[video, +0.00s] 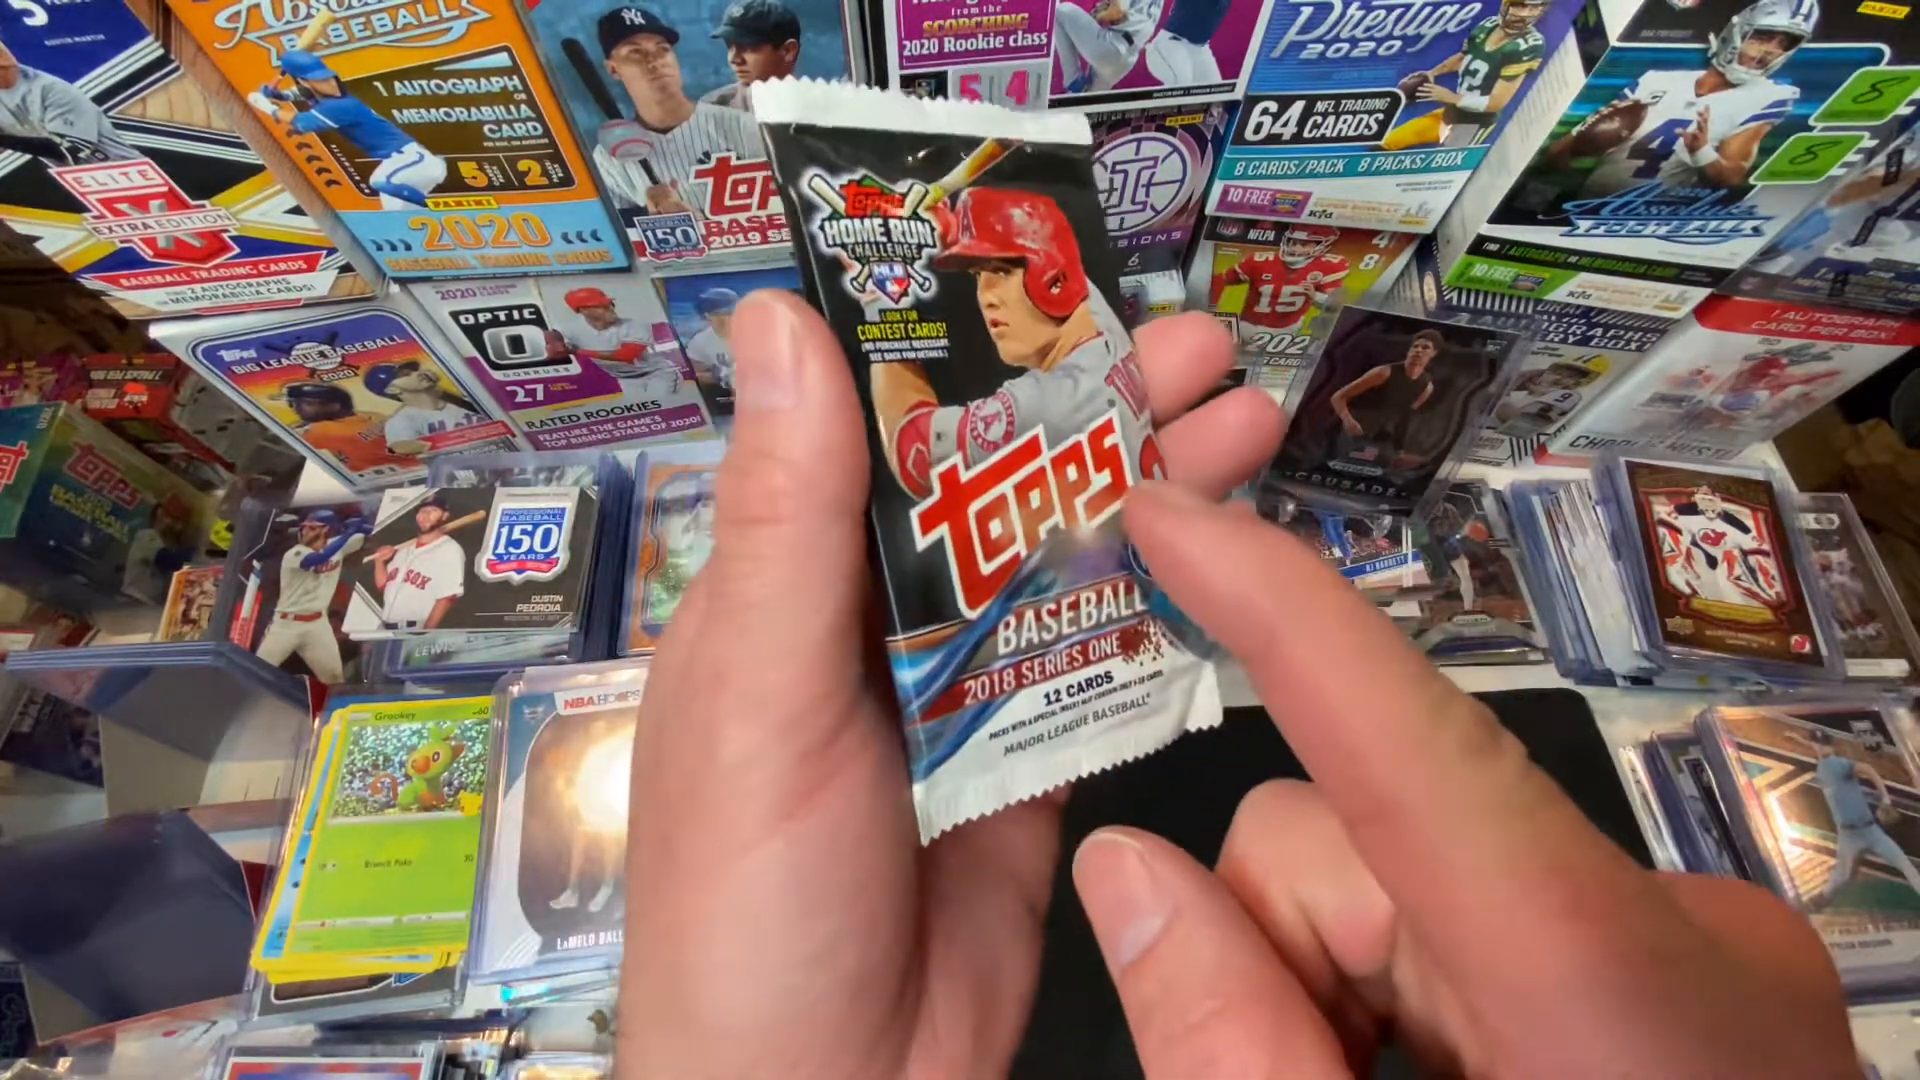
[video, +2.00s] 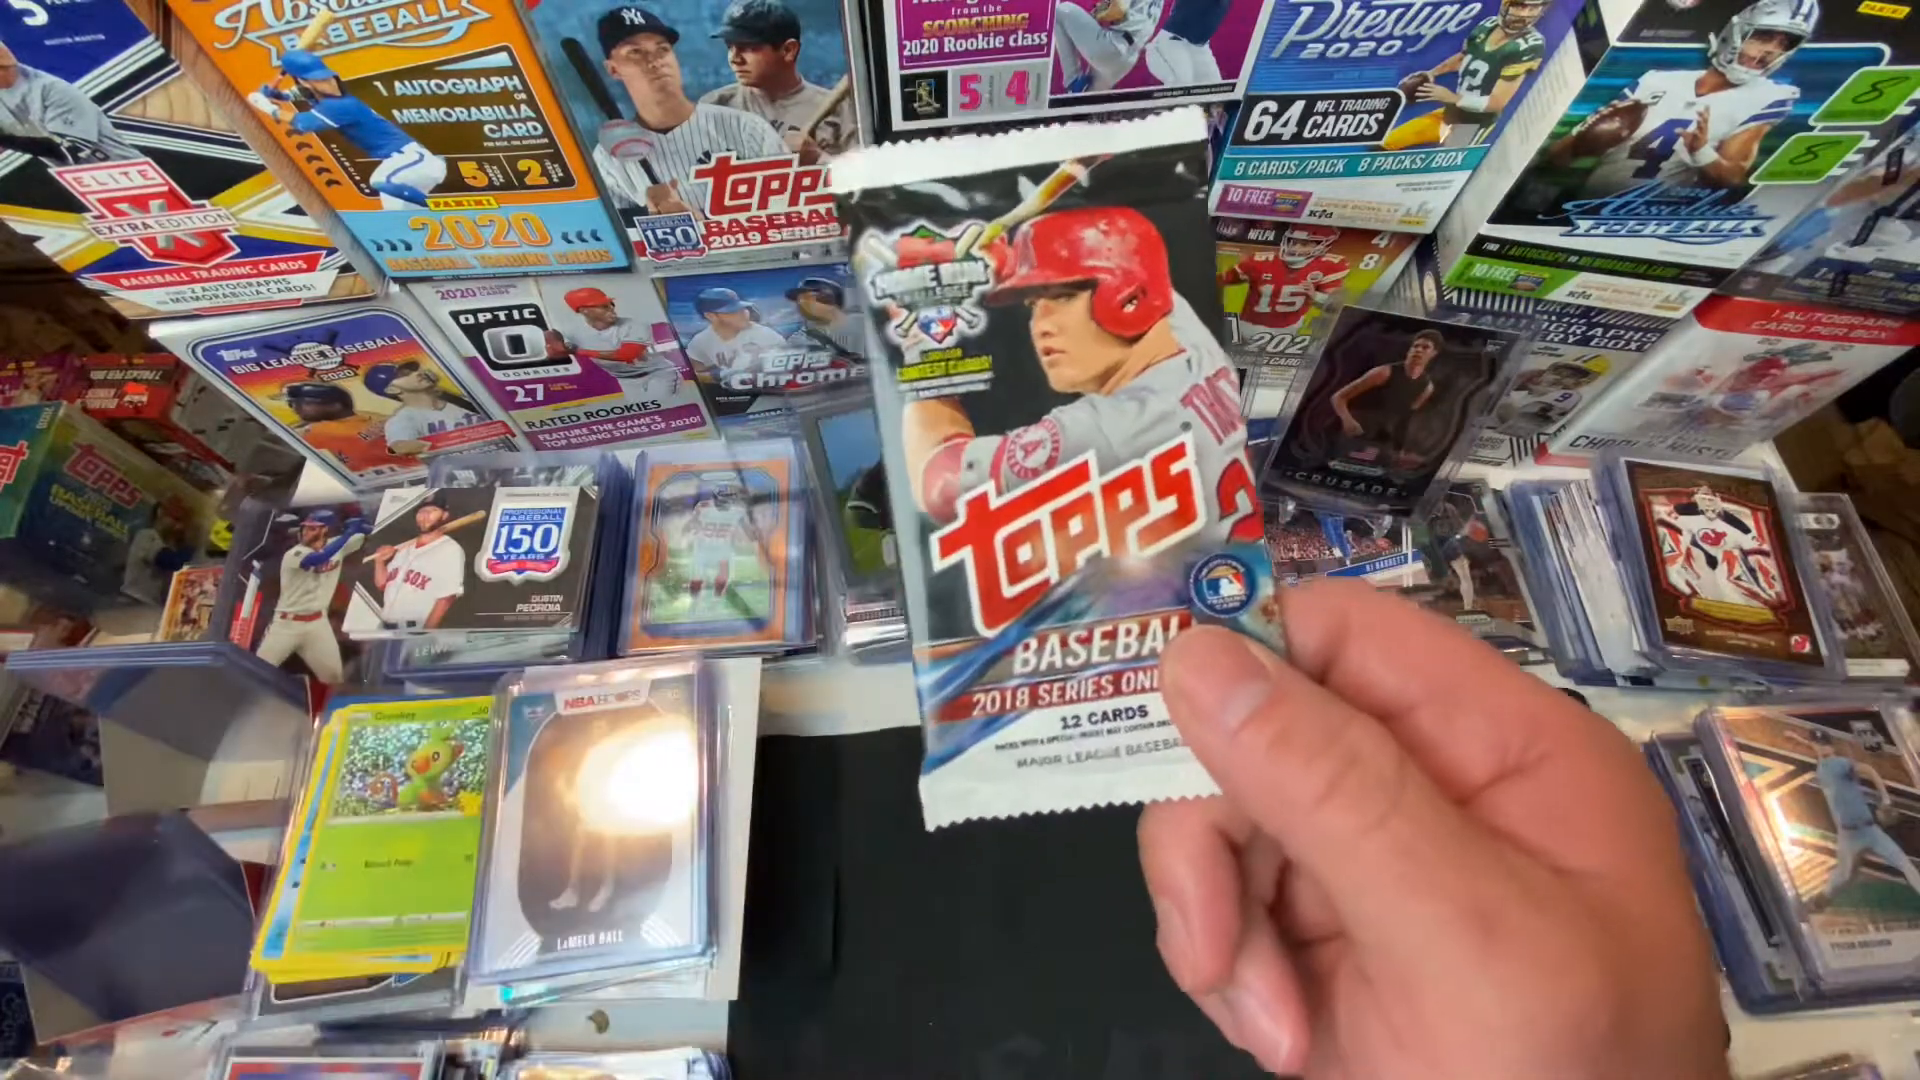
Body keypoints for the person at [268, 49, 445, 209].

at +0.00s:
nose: (332, 80)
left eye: (330, 75)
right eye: (323, 78)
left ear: (308, 81)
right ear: (305, 84)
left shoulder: (341, 106)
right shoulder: (330, 103)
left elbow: (298, 122)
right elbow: (300, 94)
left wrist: (268, 107)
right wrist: (275, 94)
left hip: (413, 159)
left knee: (379, 180)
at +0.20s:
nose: (332, 80)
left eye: (330, 75)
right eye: (324, 77)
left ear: (308, 81)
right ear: (306, 84)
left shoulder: (341, 106)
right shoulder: (330, 102)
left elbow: (298, 122)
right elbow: (299, 93)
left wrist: (268, 107)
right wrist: (275, 94)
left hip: (414, 159)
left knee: (380, 179)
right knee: (397, 221)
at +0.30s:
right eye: (318, 79)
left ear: (307, 83)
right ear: (307, 82)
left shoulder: (342, 107)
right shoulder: (335, 102)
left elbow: (299, 123)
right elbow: (303, 93)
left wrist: (270, 108)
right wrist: (279, 95)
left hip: (415, 159)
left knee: (380, 179)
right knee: (399, 221)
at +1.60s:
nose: (330, 81)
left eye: (327, 76)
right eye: (321, 78)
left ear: (309, 83)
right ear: (307, 83)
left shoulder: (344, 105)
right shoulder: (329, 103)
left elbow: (301, 123)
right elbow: (301, 92)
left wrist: (271, 109)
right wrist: (277, 94)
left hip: (415, 158)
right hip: (402, 167)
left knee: (381, 179)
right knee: (396, 223)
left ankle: (434, 213)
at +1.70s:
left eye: (299, 82)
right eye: (300, 83)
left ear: (308, 83)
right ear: (324, 78)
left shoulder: (342, 107)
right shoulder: (332, 102)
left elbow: (300, 122)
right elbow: (303, 92)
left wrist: (268, 108)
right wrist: (277, 95)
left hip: (414, 158)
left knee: (380, 180)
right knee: (393, 222)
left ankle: (432, 211)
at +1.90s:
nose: (298, 87)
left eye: (299, 82)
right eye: (300, 83)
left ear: (307, 83)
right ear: (323, 78)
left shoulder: (342, 106)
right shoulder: (332, 102)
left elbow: (300, 122)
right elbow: (303, 92)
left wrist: (268, 108)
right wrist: (278, 95)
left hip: (415, 157)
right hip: (403, 167)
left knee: (380, 179)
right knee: (393, 223)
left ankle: (434, 212)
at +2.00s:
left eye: (326, 76)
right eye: (321, 77)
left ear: (308, 83)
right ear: (305, 83)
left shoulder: (344, 106)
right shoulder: (329, 104)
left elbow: (301, 123)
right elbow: (298, 94)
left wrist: (270, 109)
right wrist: (275, 94)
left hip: (416, 158)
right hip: (403, 167)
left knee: (381, 179)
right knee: (397, 222)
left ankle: (437, 217)